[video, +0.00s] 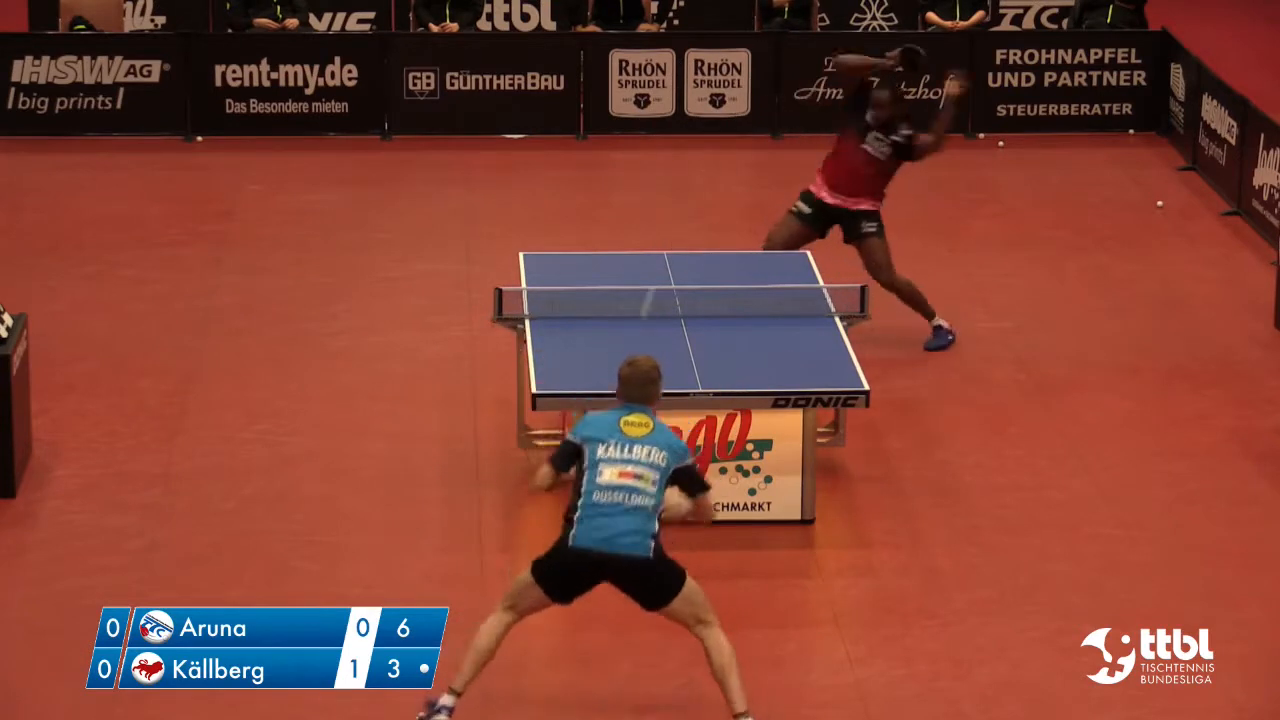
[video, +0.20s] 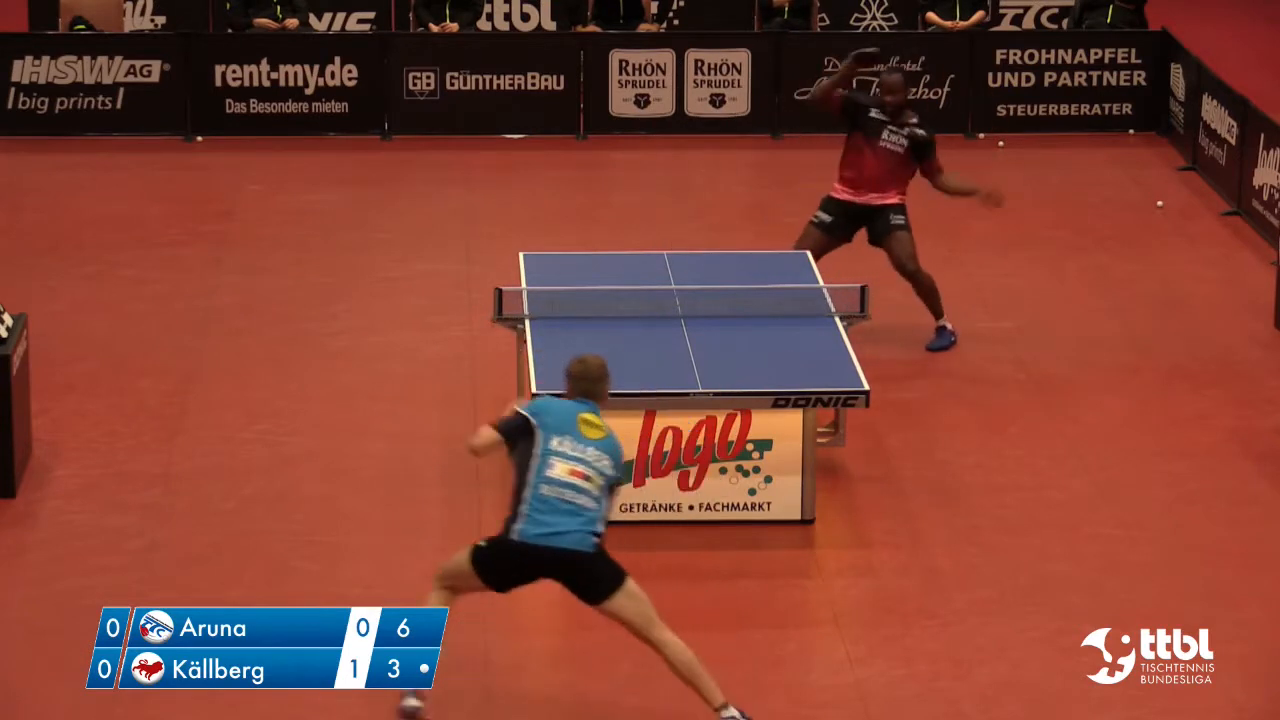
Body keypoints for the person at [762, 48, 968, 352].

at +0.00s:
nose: (875, 112)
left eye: (882, 106)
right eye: (872, 105)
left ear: (897, 107)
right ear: (867, 100)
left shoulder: (903, 139)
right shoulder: (856, 110)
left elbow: (933, 141)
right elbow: (840, 63)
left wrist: (949, 101)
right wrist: (884, 63)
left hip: (861, 211)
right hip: (820, 197)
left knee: (885, 276)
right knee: (773, 247)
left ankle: (937, 324)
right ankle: (773, 318)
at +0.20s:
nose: (888, 98)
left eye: (894, 93)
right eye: (884, 92)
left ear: (907, 93)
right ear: (877, 90)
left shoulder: (917, 131)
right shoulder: (860, 106)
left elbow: (938, 178)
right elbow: (816, 98)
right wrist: (845, 71)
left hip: (888, 206)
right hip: (844, 200)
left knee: (907, 267)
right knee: (799, 257)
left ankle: (942, 325)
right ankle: (788, 324)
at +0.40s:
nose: (849, 89)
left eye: (855, 83)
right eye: (844, 84)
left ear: (870, 84)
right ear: (840, 87)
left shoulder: (886, 115)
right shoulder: (838, 114)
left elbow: (888, 163)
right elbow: (831, 156)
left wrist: (850, 195)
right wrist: (808, 162)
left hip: (889, 195)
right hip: (849, 194)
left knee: (908, 260)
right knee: (796, 243)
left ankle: (953, 313)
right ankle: (789, 312)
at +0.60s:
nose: (802, 113)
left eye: (808, 106)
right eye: (799, 108)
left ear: (823, 104)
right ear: (798, 109)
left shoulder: (830, 130)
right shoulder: (826, 125)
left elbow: (800, 170)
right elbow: (866, 155)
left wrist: (756, 189)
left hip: (876, 210)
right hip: (842, 207)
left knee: (904, 274)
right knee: (787, 227)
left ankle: (966, 318)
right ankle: (791, 299)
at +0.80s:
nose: (756, 84)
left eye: (761, 77)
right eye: (753, 78)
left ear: (775, 76)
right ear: (755, 78)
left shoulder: (787, 97)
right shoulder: (774, 100)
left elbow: (802, 124)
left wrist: (797, 154)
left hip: (833, 181)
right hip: (803, 182)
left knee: (855, 249)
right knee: (760, 224)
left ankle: (910, 306)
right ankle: (778, 289)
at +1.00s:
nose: (762, 57)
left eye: (768, 51)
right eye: (760, 51)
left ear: (782, 50)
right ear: (758, 51)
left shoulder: (807, 73)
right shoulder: (753, 70)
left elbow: (840, 73)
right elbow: (723, 48)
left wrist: (830, 29)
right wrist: (760, 37)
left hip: (788, 153)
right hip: (756, 154)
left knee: (778, 201)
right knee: (720, 224)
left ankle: (812, 262)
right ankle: (759, 268)